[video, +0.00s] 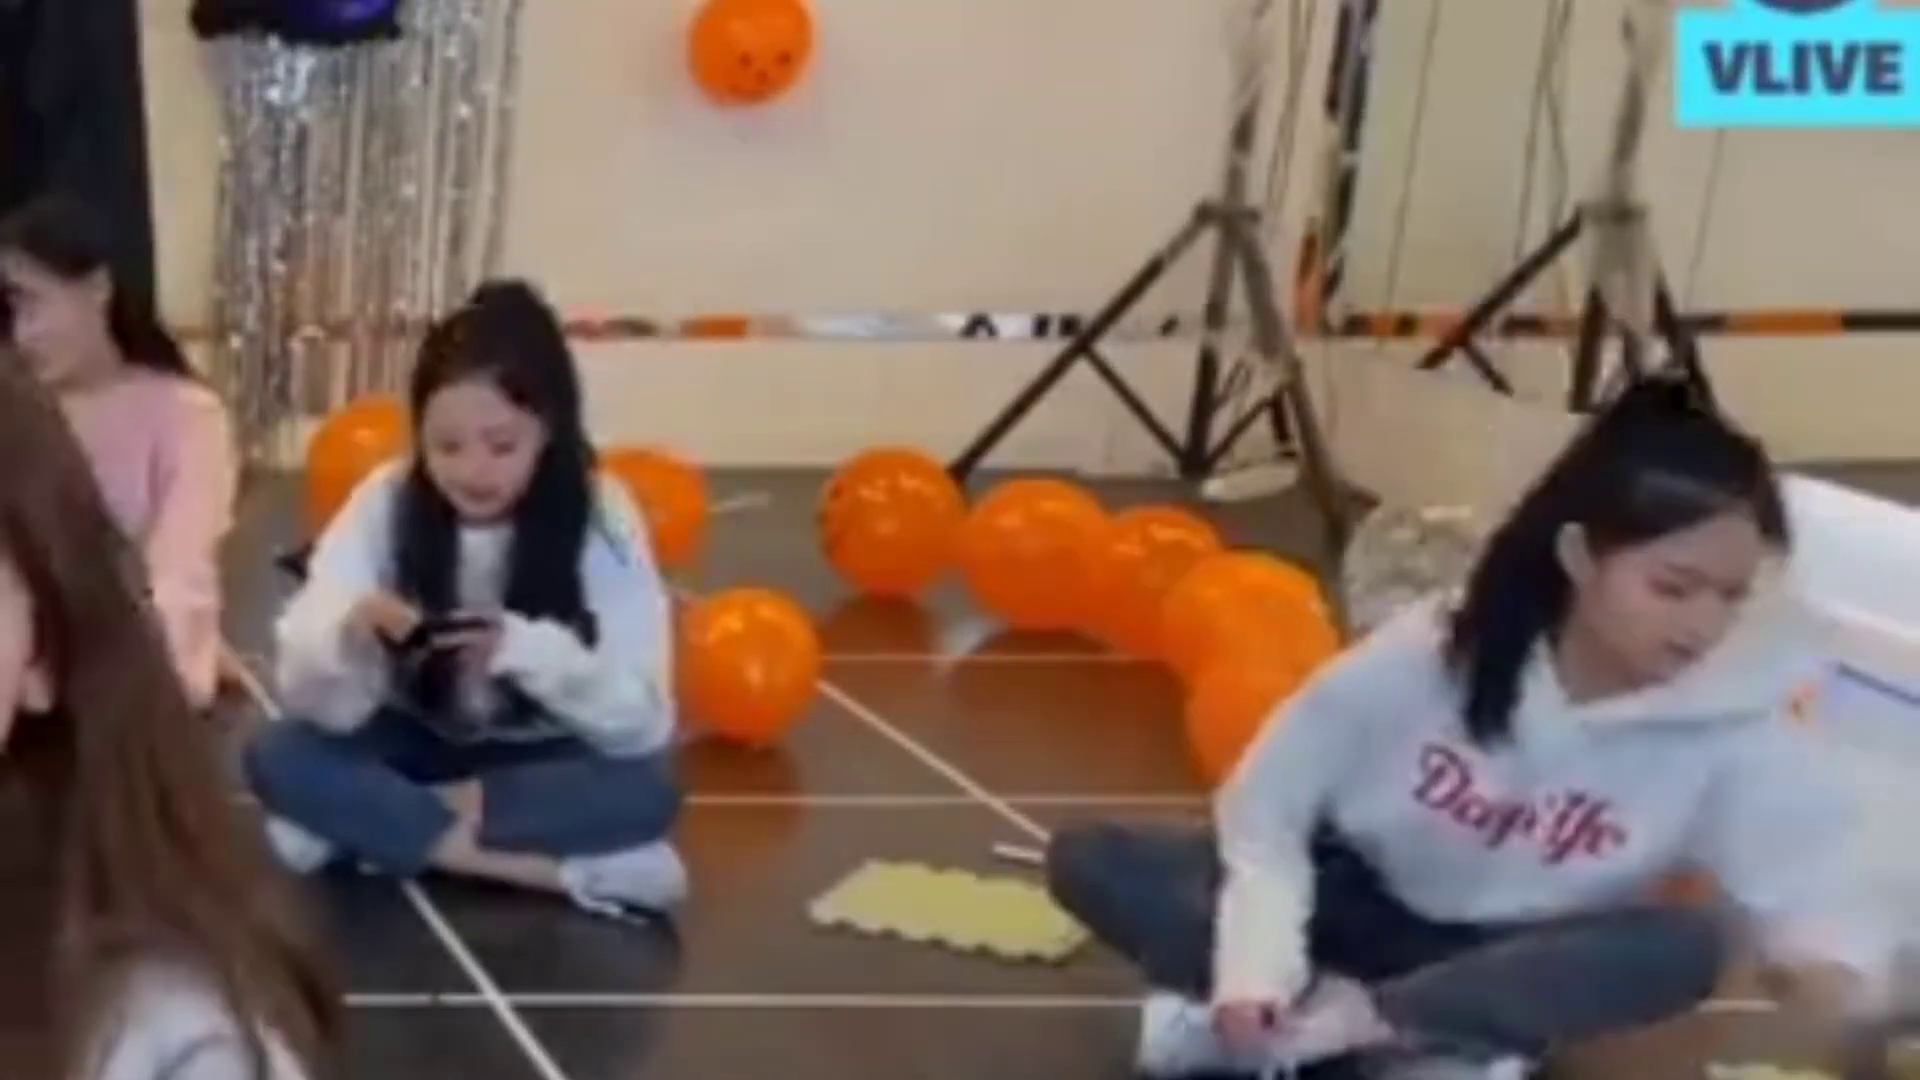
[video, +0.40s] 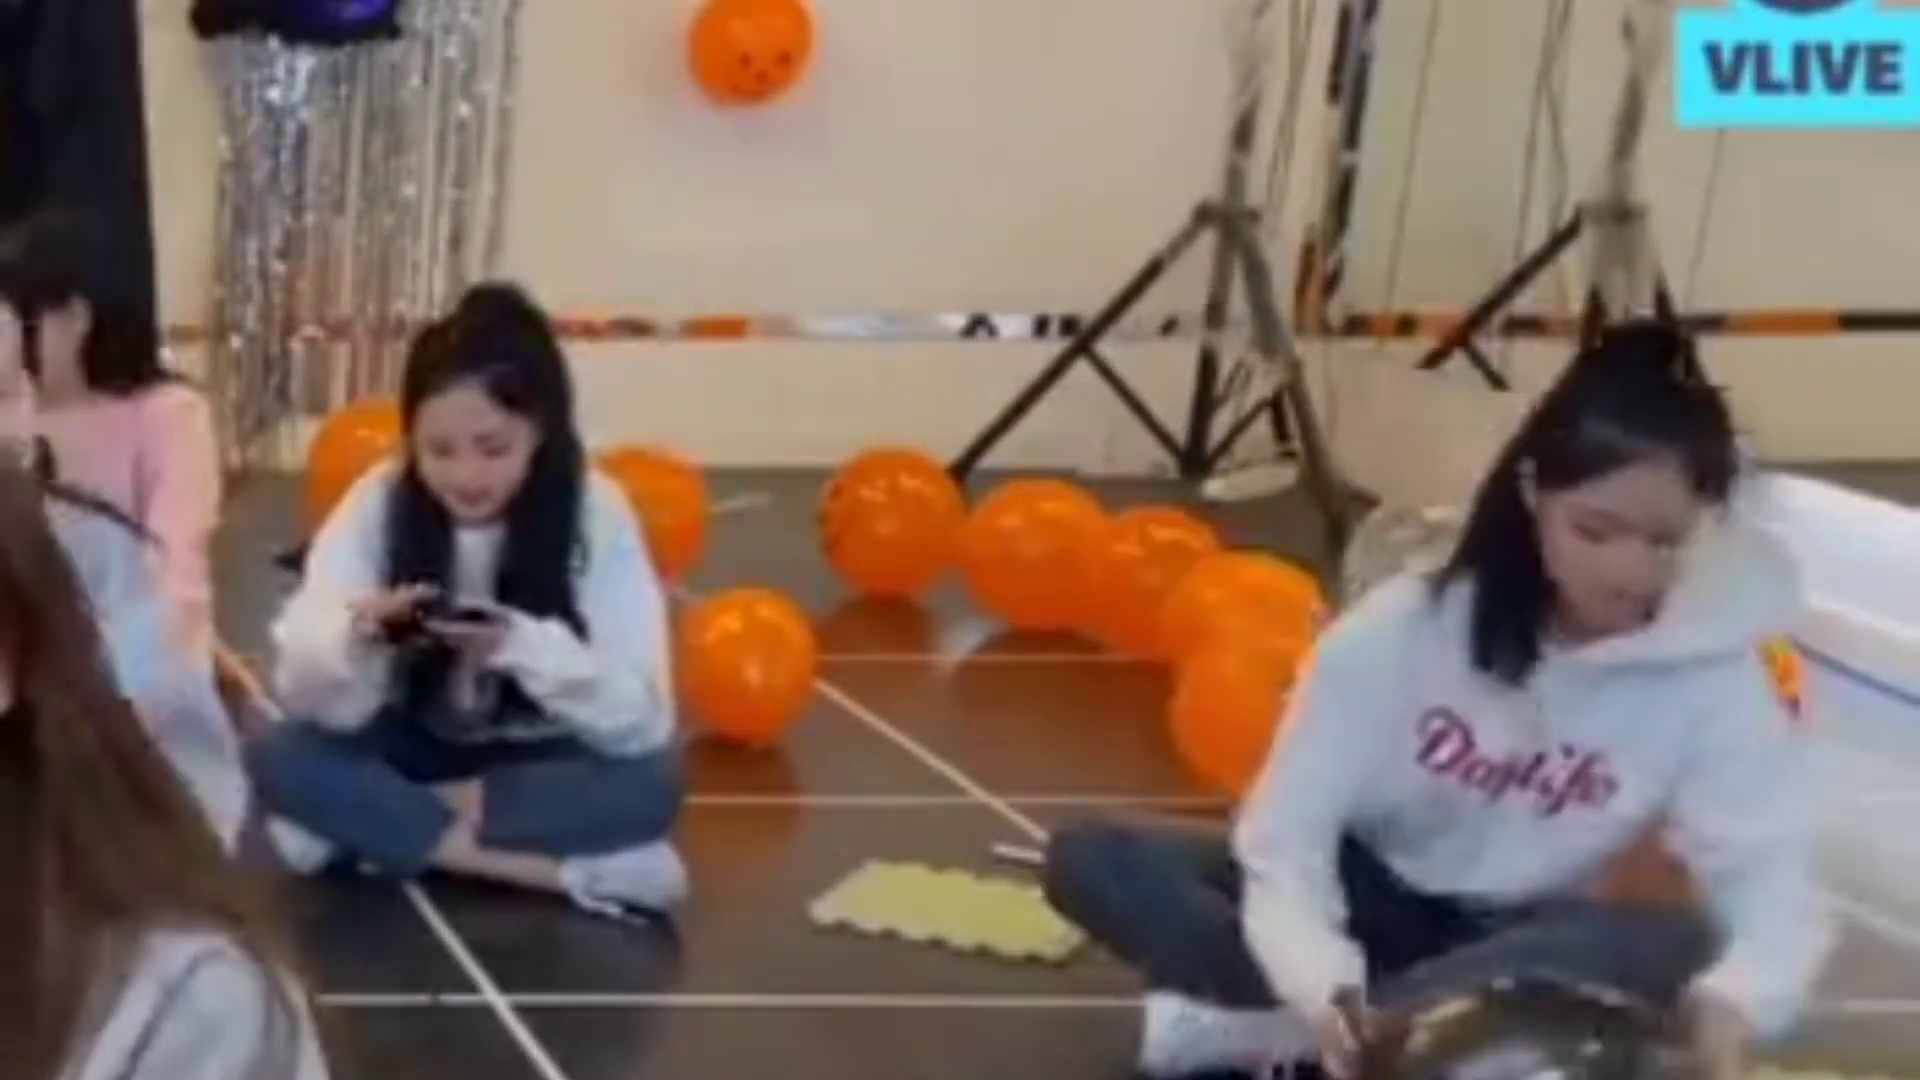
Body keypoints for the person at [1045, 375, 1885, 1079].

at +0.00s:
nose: (1701, 629)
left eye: (1729, 601)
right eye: (1675, 589)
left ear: (1753, 596)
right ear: (1578, 554)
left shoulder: (1725, 748)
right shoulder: (1417, 666)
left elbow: (1803, 896)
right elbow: (1263, 809)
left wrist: (1831, 972)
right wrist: (1256, 981)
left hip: (1502, 948)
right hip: (1344, 894)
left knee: (1692, 947)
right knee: (1092, 857)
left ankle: (1329, 1024)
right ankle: (1406, 1041)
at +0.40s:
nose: (1632, 574)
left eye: (1667, 541)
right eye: (1600, 534)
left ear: (1704, 529)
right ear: (1533, 503)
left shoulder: (1715, 679)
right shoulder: (1399, 631)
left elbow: (1777, 884)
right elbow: (1282, 834)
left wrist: (1732, 1003)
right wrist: (1334, 992)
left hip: (1511, 927)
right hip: (1352, 899)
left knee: (1665, 951)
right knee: (1086, 860)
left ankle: (1286, 1043)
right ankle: (1407, 1038)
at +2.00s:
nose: (1456, 413)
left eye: (1501, 391)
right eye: (1442, 376)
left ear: (1571, 406)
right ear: (1408, 378)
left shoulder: (1608, 584)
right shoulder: (1319, 549)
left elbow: (1605, 810)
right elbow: (1227, 699)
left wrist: (1512, 859)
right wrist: (1208, 799)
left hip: (1471, 892)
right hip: (1303, 873)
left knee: (1642, 934)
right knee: (1081, 865)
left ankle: (1285, 1028)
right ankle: (1401, 1046)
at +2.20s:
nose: (1444, 413)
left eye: (1487, 388)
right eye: (1429, 378)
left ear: (1557, 402)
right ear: (1395, 384)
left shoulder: (1601, 584)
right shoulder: (1307, 552)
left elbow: (1591, 816)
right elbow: (1224, 725)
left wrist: (1481, 872)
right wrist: (1190, 797)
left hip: (1469, 890)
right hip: (1295, 872)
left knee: (1644, 935)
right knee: (1078, 865)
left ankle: (1279, 1032)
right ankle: (1400, 1048)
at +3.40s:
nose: (1413, 389)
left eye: (1434, 370)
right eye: (1393, 363)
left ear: (1493, 393)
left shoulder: (1532, 562)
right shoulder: (1264, 540)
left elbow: (1470, 754)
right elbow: (1172, 710)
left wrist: (1295, 707)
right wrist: (1149, 818)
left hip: (1458, 890)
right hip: (1283, 878)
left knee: (1644, 933)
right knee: (1071, 871)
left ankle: (1281, 1032)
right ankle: (1404, 1044)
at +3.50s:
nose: (1408, 405)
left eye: (1436, 381)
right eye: (1383, 376)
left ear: (1502, 394)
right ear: (1336, 372)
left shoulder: (1546, 566)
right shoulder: (1263, 529)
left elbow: (1471, 765)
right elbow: (1174, 742)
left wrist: (1295, 710)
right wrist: (1152, 826)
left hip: (1465, 890)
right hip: (1287, 877)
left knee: (1644, 933)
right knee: (1072, 872)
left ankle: (1283, 1033)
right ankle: (1409, 1045)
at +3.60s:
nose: (1404, 429)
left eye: (1440, 399)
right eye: (1376, 398)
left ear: (1509, 398)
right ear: (1344, 394)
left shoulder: (1551, 566)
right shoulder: (1296, 521)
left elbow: (1492, 783)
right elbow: (1186, 686)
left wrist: (1305, 748)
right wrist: (1163, 822)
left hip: (1459, 884)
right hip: (1286, 874)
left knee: (1644, 933)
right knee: (1069, 871)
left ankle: (1286, 1031)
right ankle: (1409, 1044)